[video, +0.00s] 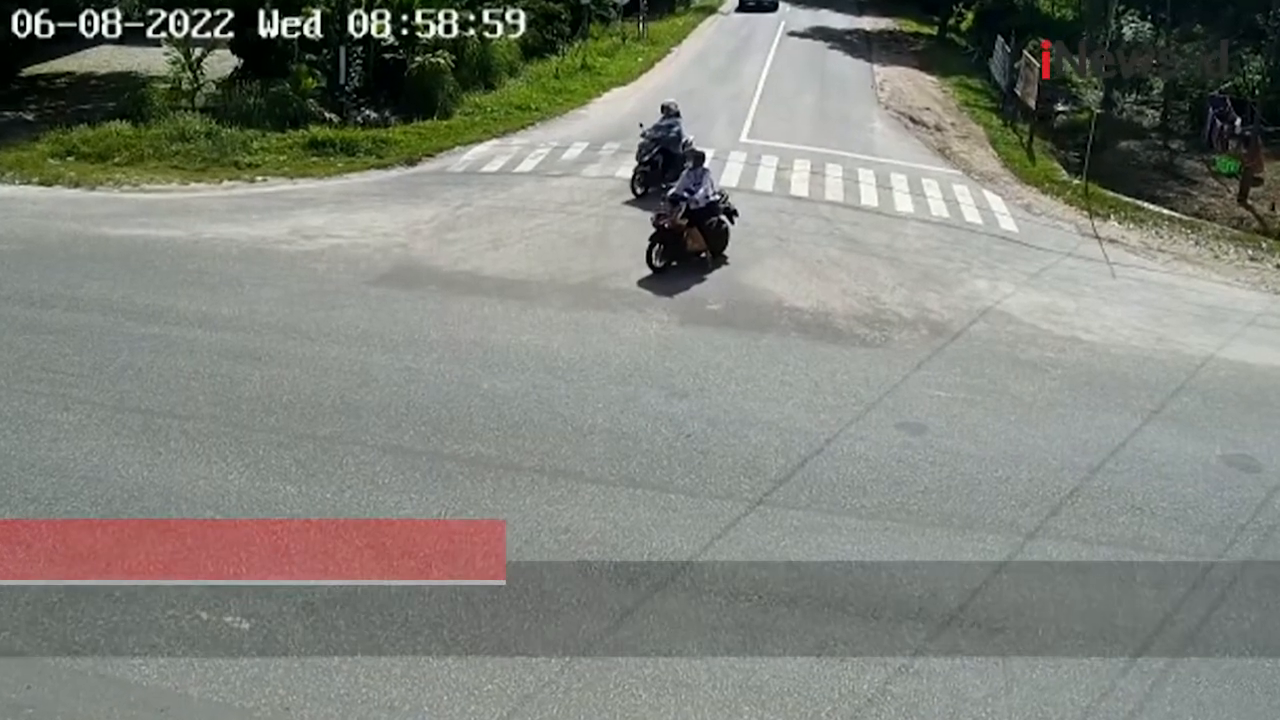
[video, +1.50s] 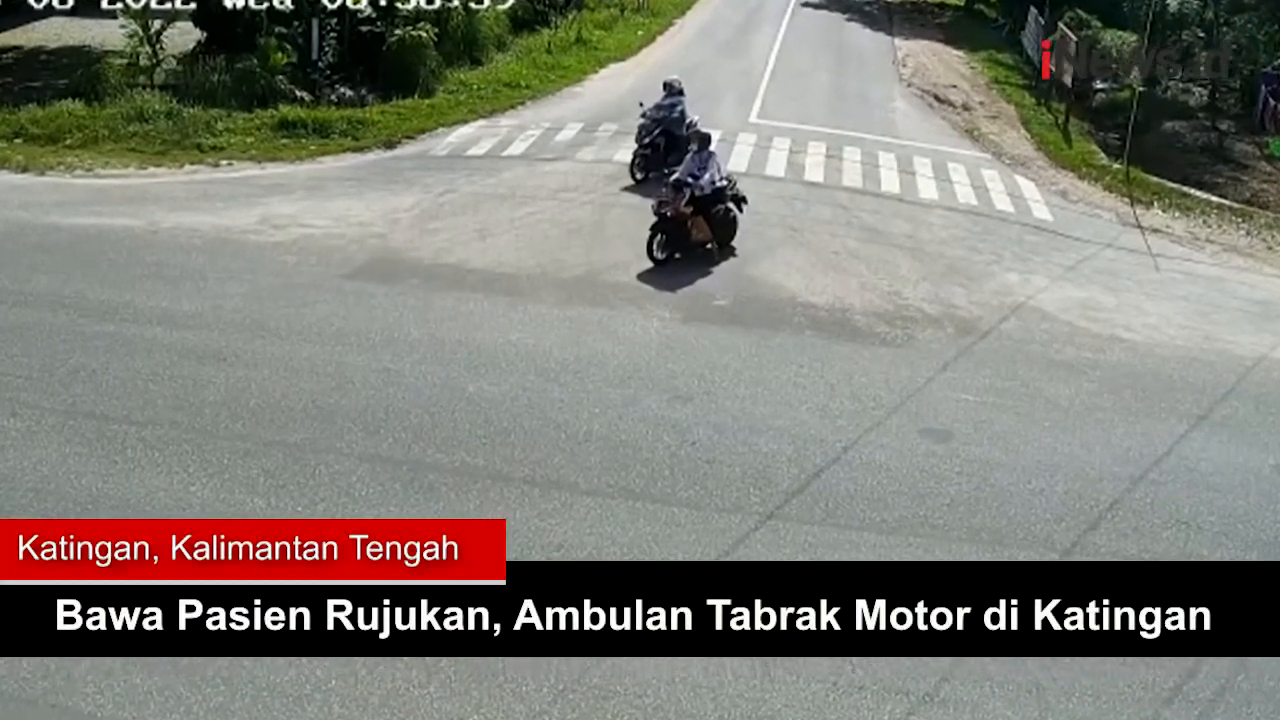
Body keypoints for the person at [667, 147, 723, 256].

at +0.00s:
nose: (690, 161)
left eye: (692, 159)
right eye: (690, 159)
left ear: (699, 161)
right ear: (690, 161)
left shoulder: (705, 173)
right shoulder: (687, 172)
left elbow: (704, 189)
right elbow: (680, 185)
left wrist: (695, 198)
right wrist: (672, 194)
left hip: (707, 203)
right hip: (692, 203)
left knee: (698, 222)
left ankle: (711, 249)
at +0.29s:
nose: (691, 159)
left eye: (693, 156)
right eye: (691, 156)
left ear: (700, 158)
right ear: (690, 157)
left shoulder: (706, 170)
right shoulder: (688, 170)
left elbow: (705, 186)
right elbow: (681, 182)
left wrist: (697, 196)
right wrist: (672, 191)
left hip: (708, 201)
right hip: (692, 200)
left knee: (698, 220)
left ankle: (712, 249)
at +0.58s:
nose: (692, 155)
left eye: (695, 153)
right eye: (692, 153)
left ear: (701, 154)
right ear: (691, 154)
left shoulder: (708, 167)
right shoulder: (689, 167)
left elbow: (707, 183)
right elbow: (681, 180)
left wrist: (698, 193)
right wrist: (672, 188)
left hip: (708, 199)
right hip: (692, 199)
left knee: (703, 221)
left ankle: (715, 247)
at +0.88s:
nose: (696, 150)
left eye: (699, 148)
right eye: (696, 148)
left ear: (704, 149)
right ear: (695, 149)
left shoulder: (709, 163)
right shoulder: (690, 162)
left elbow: (708, 180)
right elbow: (682, 176)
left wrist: (698, 190)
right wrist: (674, 185)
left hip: (710, 195)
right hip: (693, 194)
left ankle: (715, 243)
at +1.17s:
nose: (695, 148)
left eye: (698, 145)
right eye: (695, 145)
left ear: (704, 147)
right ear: (695, 146)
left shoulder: (710, 160)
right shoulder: (690, 160)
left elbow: (709, 177)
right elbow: (682, 174)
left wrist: (699, 188)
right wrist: (674, 183)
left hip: (712, 191)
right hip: (695, 191)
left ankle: (716, 240)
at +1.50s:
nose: (697, 144)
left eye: (701, 141)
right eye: (696, 141)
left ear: (706, 143)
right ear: (695, 142)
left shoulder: (711, 157)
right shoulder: (691, 156)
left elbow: (711, 174)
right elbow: (683, 171)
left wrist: (700, 184)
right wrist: (673, 180)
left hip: (713, 191)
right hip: (696, 192)